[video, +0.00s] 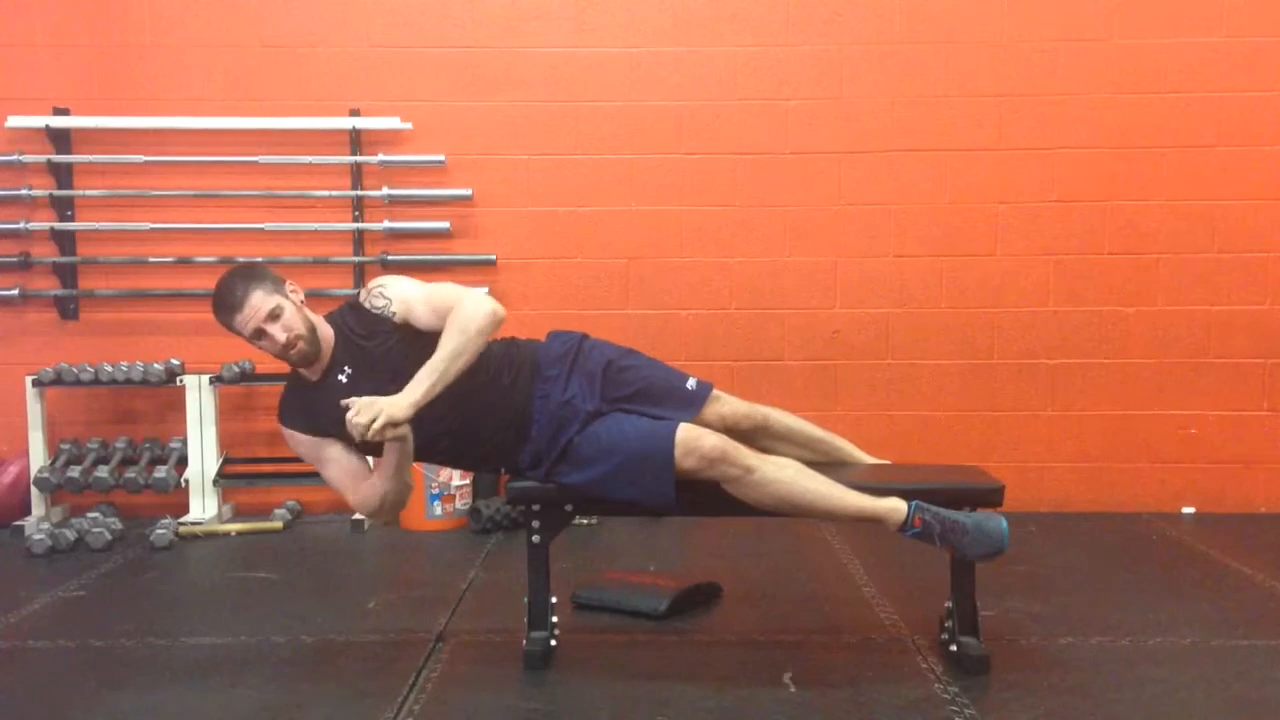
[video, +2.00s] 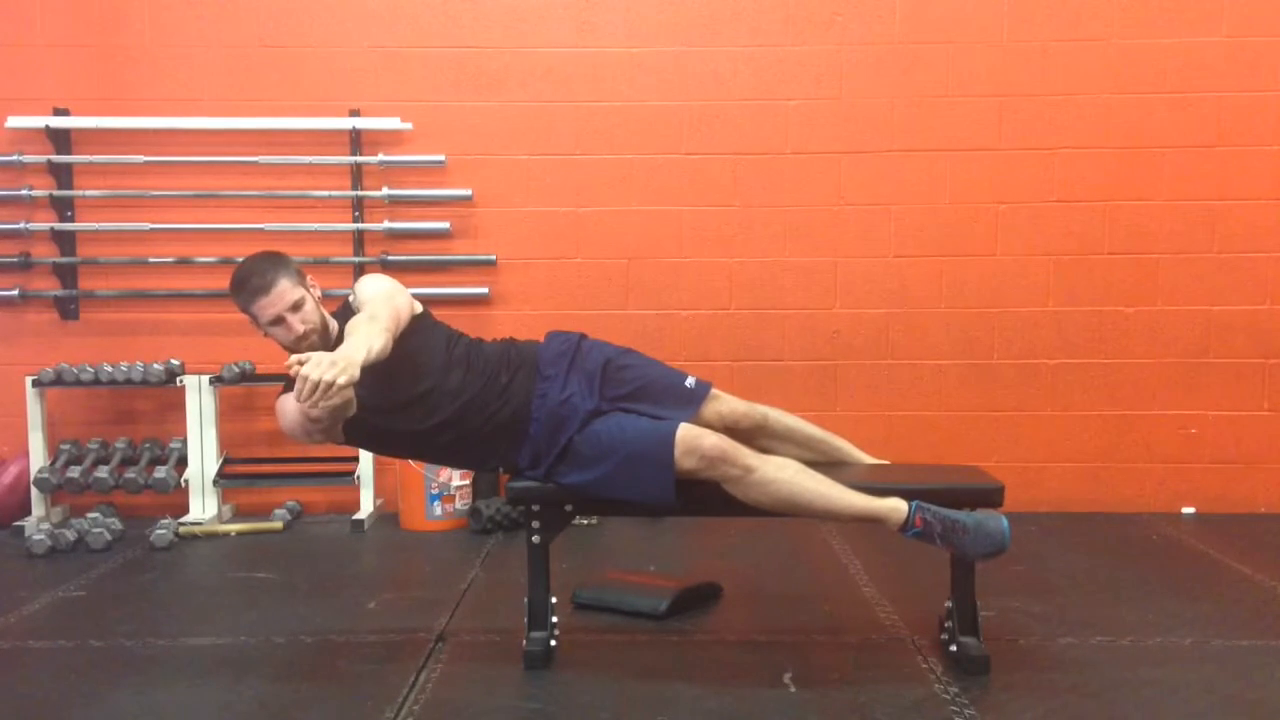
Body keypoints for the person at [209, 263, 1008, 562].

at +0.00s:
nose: (280, 332)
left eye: (276, 310)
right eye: (259, 334)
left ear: (295, 291)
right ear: (252, 350)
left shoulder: (371, 301)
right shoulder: (305, 421)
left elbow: (483, 312)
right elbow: (378, 507)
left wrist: (405, 401)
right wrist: (394, 441)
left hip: (569, 369)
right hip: (547, 451)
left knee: (739, 416)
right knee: (708, 453)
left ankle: (906, 492)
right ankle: (913, 519)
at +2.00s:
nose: (295, 327)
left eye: (294, 307)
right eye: (275, 326)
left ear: (312, 284)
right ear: (260, 337)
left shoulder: (368, 293)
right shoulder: (301, 400)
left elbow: (385, 321)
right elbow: (323, 420)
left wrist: (345, 360)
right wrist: (328, 399)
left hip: (568, 365)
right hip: (548, 446)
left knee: (737, 415)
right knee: (708, 454)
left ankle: (909, 491)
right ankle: (912, 520)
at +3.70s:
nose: (736, 187)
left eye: (740, 172)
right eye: (734, 169)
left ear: (706, 156)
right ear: (703, 153)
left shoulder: (671, 242)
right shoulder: (618, 220)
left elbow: (715, 343)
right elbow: (638, 354)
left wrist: (789, 422)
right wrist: (719, 446)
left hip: (641, 402)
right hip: (588, 416)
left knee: (761, 448)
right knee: (715, 464)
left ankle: (714, 554)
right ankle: (824, 651)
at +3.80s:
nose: (804, 207)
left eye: (809, 192)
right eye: (804, 189)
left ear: (775, 176)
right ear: (776, 173)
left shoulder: (729, 247)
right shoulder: (699, 215)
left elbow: (725, 361)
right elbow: (666, 337)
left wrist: (786, 440)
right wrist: (718, 446)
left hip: (657, 405)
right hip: (608, 406)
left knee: (768, 445)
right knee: (727, 465)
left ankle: (714, 551)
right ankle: (826, 654)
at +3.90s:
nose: (833, 216)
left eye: (839, 204)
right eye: (836, 200)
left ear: (805, 184)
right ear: (813, 183)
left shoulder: (752, 253)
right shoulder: (740, 215)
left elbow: (731, 362)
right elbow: (691, 327)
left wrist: (780, 439)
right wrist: (720, 441)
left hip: (657, 392)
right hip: (617, 391)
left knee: (758, 445)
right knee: (738, 462)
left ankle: (714, 550)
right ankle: (827, 654)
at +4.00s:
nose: (848, 225)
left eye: (854, 212)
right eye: (853, 209)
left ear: (818, 187)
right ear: (834, 190)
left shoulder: (774, 228)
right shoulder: (769, 212)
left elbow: (730, 341)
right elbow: (714, 317)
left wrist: (774, 429)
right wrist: (725, 426)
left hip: (661, 372)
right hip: (629, 372)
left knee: (755, 442)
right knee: (755, 456)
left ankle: (713, 550)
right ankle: (822, 653)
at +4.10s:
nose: (858, 226)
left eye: (864, 215)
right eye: (864, 211)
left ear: (820, 181)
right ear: (851, 192)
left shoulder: (779, 207)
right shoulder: (797, 215)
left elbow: (723, 323)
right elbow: (737, 318)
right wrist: (743, 424)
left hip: (646, 354)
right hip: (648, 357)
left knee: (729, 426)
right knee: (780, 449)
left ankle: (709, 548)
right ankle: (810, 660)